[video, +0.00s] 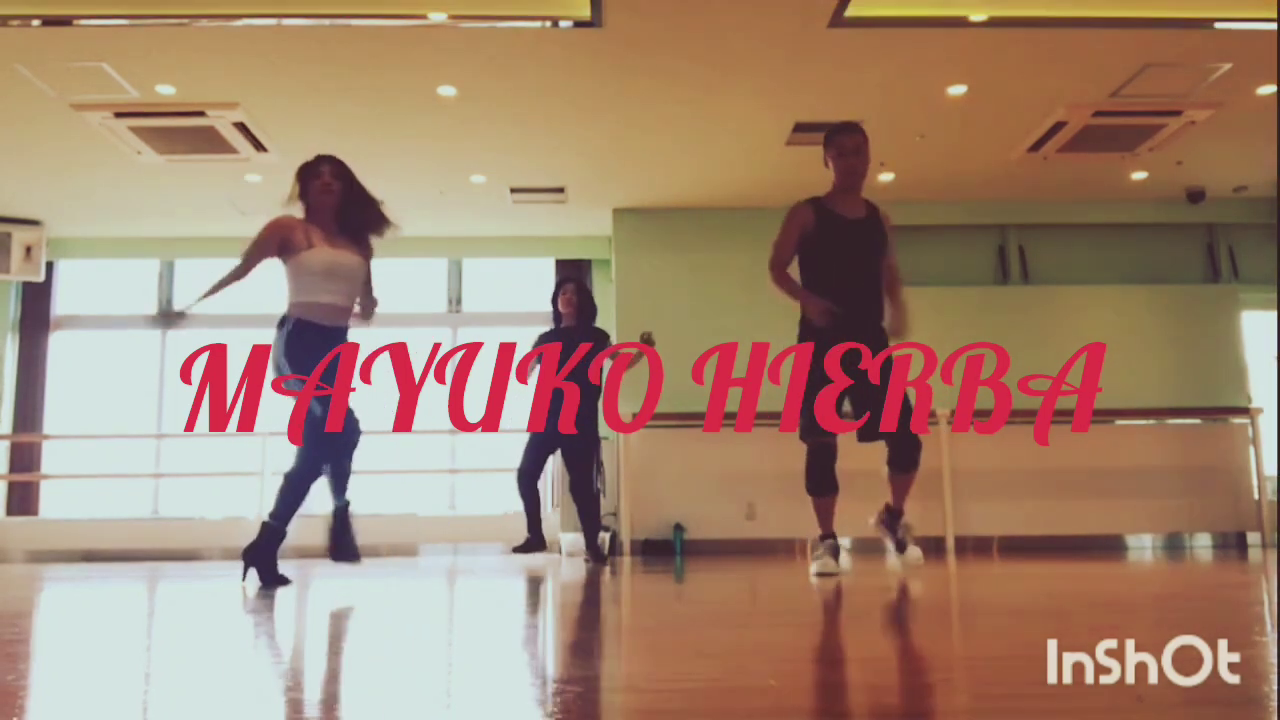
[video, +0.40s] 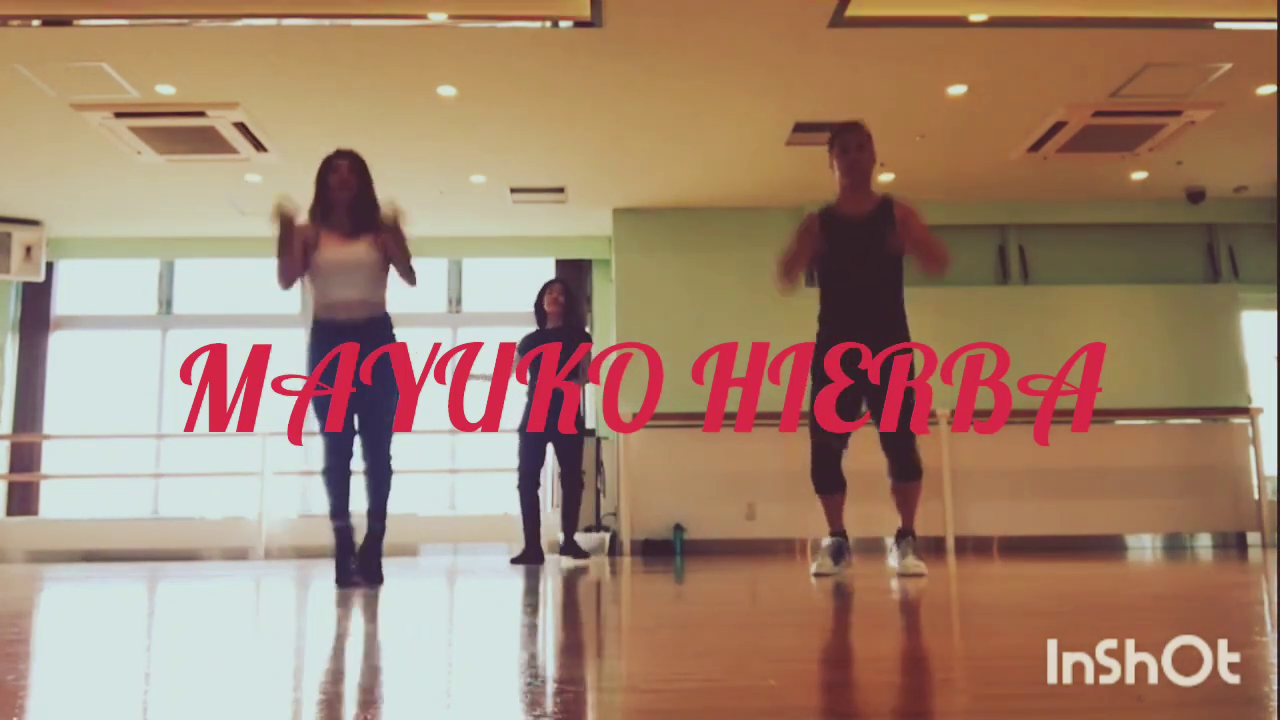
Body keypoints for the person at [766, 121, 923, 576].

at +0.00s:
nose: (853, 161)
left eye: (859, 153)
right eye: (844, 154)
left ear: (869, 158)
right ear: (829, 159)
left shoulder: (876, 216)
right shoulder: (806, 213)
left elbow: (889, 270)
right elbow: (777, 270)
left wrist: (898, 310)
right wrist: (805, 299)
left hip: (870, 338)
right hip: (823, 340)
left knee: (906, 434)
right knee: (821, 441)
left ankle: (894, 516)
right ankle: (826, 539)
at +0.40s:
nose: (853, 158)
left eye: (859, 149)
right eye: (844, 151)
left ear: (874, 157)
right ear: (832, 161)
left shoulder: (897, 214)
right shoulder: (819, 223)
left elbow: (938, 263)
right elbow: (788, 279)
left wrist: (914, 234)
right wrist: (801, 249)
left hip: (888, 341)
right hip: (836, 343)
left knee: (900, 443)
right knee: (825, 447)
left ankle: (906, 539)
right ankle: (836, 540)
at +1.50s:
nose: (860, 174)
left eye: (867, 166)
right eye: (851, 166)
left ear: (877, 174)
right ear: (835, 173)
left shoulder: (891, 219)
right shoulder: (817, 221)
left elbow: (935, 172)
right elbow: (769, 176)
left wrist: (886, 163)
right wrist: (814, 162)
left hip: (888, 353)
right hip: (834, 355)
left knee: (922, 447)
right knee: (804, 451)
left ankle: (958, 545)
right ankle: (770, 546)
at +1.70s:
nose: (860, 177)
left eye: (867, 169)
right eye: (850, 168)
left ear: (876, 177)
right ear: (835, 176)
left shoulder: (892, 224)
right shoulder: (816, 227)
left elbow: (940, 190)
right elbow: (767, 189)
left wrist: (886, 179)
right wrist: (815, 181)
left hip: (889, 354)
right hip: (835, 355)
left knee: (926, 447)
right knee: (805, 451)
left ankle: (959, 545)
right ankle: (770, 546)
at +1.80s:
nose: (861, 178)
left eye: (868, 169)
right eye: (851, 169)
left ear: (877, 177)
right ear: (834, 177)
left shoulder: (890, 227)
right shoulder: (817, 230)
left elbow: (939, 203)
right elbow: (769, 198)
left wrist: (893, 185)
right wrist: (812, 186)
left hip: (891, 356)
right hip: (836, 357)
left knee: (929, 447)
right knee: (805, 452)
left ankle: (959, 545)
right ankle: (771, 545)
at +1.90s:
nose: (860, 178)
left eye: (867, 170)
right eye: (851, 170)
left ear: (877, 177)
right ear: (834, 177)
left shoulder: (889, 228)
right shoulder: (817, 234)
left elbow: (932, 225)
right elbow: (774, 209)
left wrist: (906, 191)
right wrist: (810, 192)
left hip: (892, 355)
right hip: (838, 356)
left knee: (931, 447)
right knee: (805, 451)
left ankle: (959, 545)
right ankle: (771, 546)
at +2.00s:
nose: (859, 181)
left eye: (867, 173)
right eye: (851, 173)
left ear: (877, 178)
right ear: (835, 177)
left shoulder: (887, 232)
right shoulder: (822, 231)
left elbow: (920, 256)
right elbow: (787, 238)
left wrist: (912, 210)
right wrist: (796, 204)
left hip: (894, 355)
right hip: (841, 357)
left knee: (933, 446)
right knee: (807, 452)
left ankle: (959, 545)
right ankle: (771, 546)